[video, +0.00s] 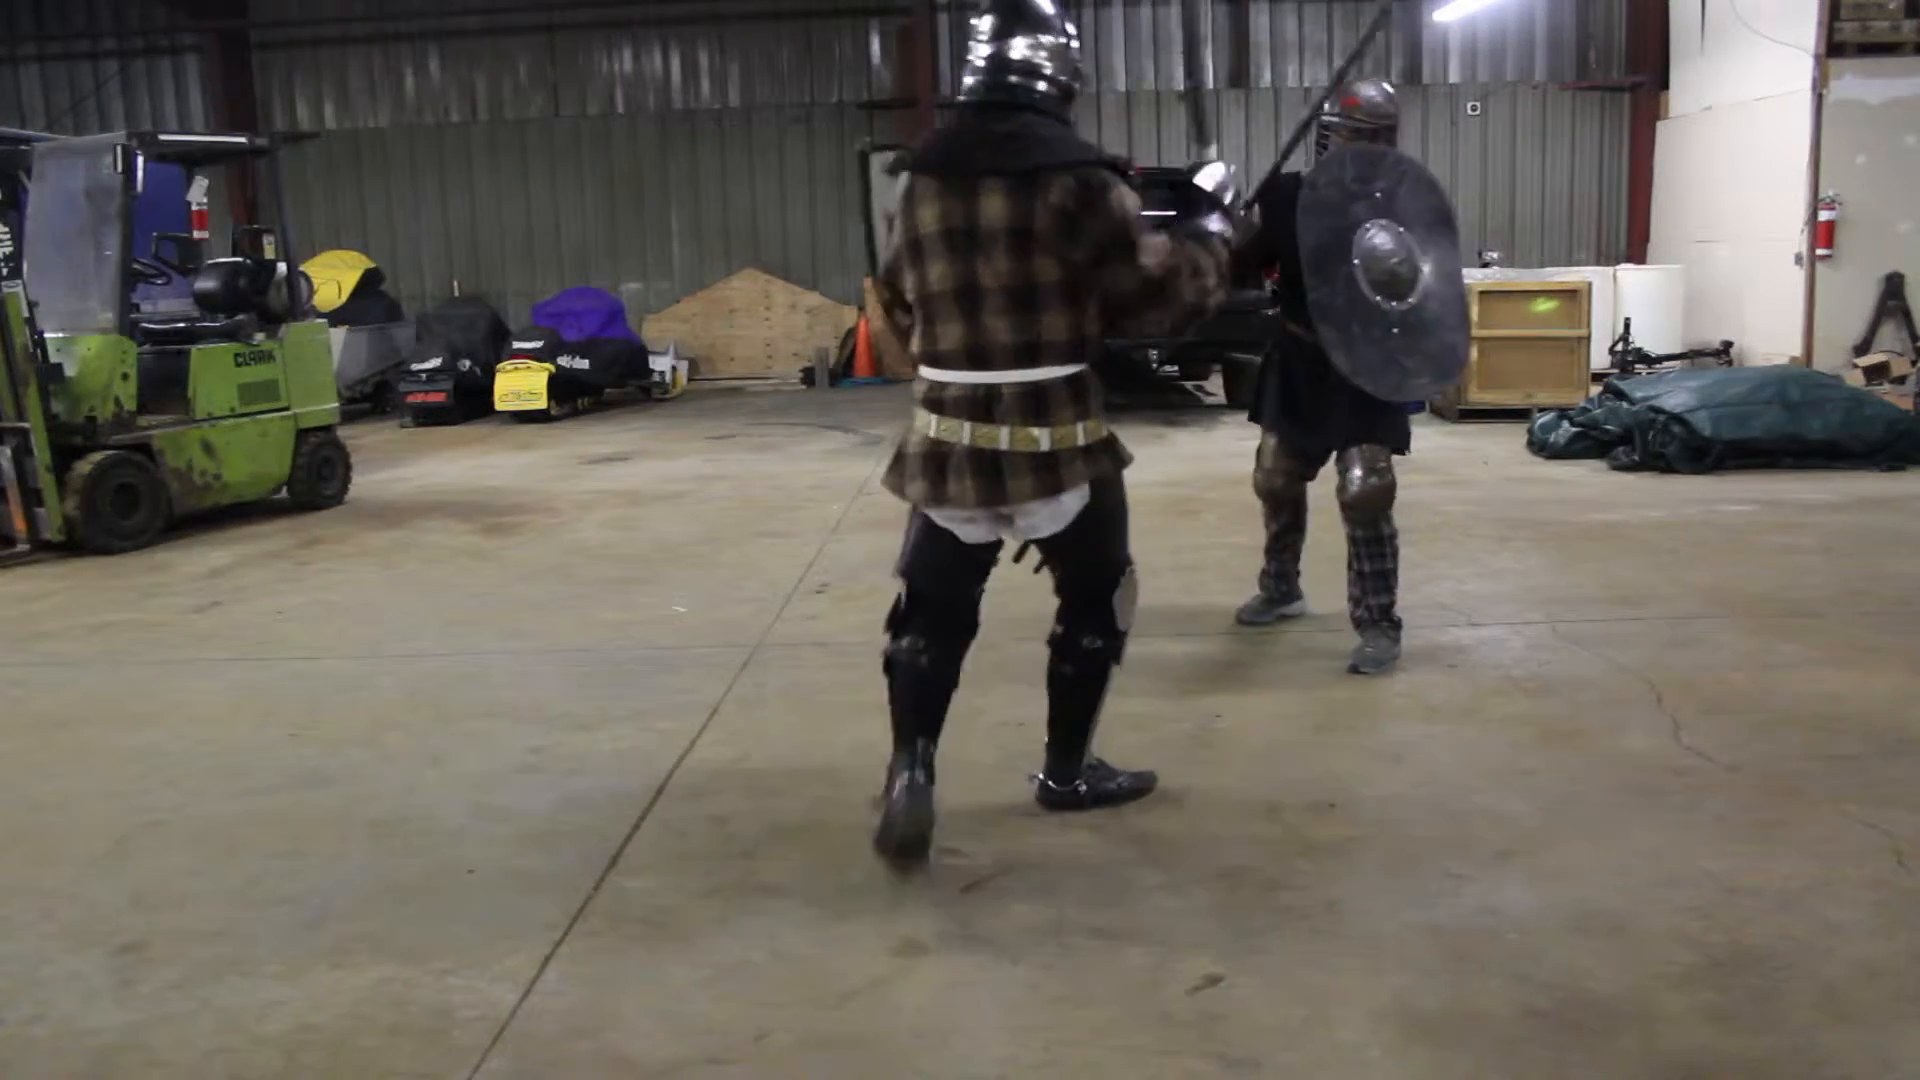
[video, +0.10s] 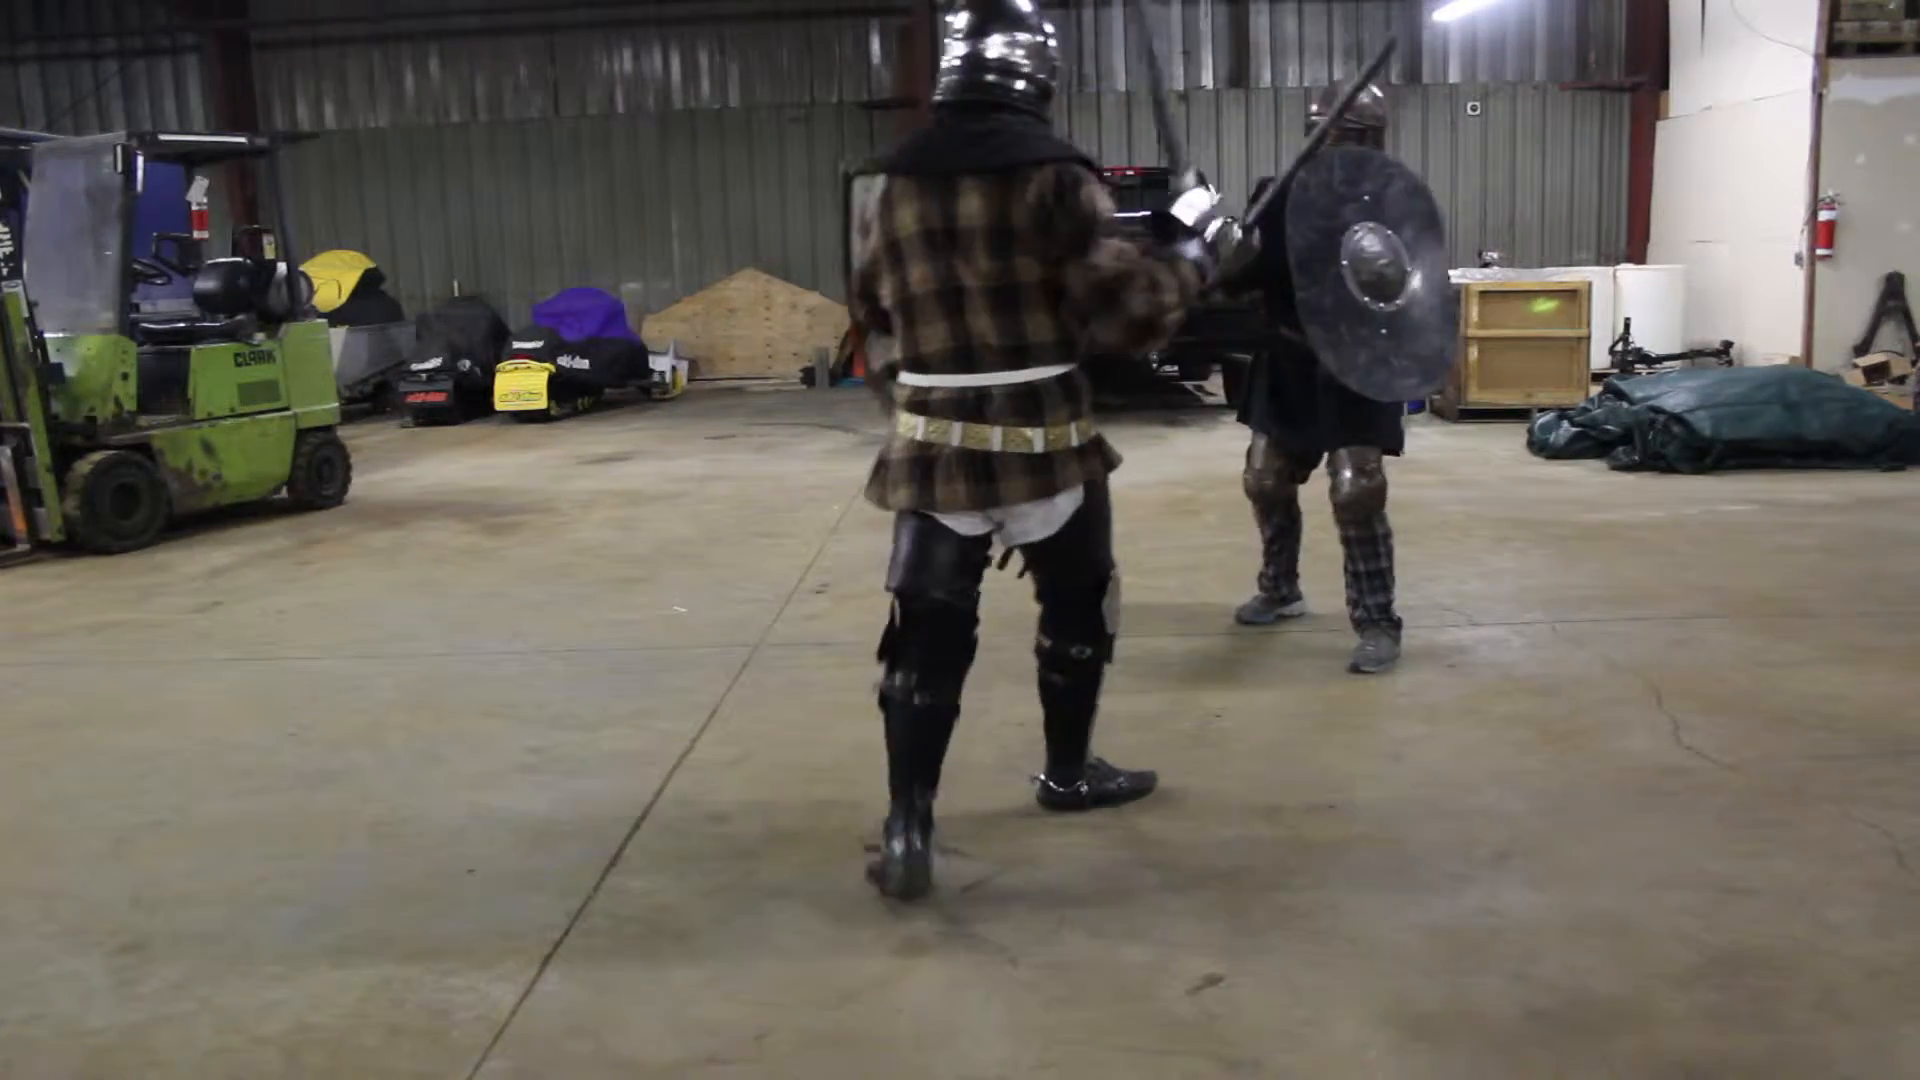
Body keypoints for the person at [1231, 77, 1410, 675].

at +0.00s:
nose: (1352, 150)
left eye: (1368, 138)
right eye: (1342, 135)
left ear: (1390, 141)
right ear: (1323, 135)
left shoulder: (1408, 203)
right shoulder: (1289, 197)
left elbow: (1439, 289)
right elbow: (1239, 259)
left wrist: (1441, 370)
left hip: (1375, 361)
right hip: (1299, 353)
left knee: (1364, 489)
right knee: (1276, 476)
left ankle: (1378, 625)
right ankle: (1280, 586)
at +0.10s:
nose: (1356, 147)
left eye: (1369, 135)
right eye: (1345, 132)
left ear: (1384, 137)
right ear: (1318, 127)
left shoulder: (1394, 198)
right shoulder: (1284, 194)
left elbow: (1426, 283)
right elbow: (1242, 275)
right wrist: (1229, 260)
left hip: (1364, 361)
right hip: (1289, 355)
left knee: (1356, 488)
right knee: (1265, 478)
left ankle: (1377, 625)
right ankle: (1279, 588)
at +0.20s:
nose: (1321, 146)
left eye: (1336, 135)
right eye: (1310, 132)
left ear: (1360, 137)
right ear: (1296, 132)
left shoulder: (1378, 199)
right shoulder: (1268, 197)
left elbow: (1415, 284)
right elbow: (1243, 272)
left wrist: (1381, 280)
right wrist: (1221, 273)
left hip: (1349, 367)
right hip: (1279, 363)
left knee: (1351, 488)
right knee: (1250, 479)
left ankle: (1374, 620)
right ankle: (1279, 588)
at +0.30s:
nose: (1323, 148)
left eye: (1336, 138)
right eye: (1313, 134)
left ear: (1351, 143)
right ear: (1290, 131)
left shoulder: (1364, 200)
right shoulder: (1262, 198)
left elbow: (1395, 273)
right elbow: (1237, 281)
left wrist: (1367, 276)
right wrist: (1210, 289)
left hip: (1335, 360)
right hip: (1267, 357)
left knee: (1345, 485)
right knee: (1242, 476)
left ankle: (1373, 612)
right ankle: (1277, 588)